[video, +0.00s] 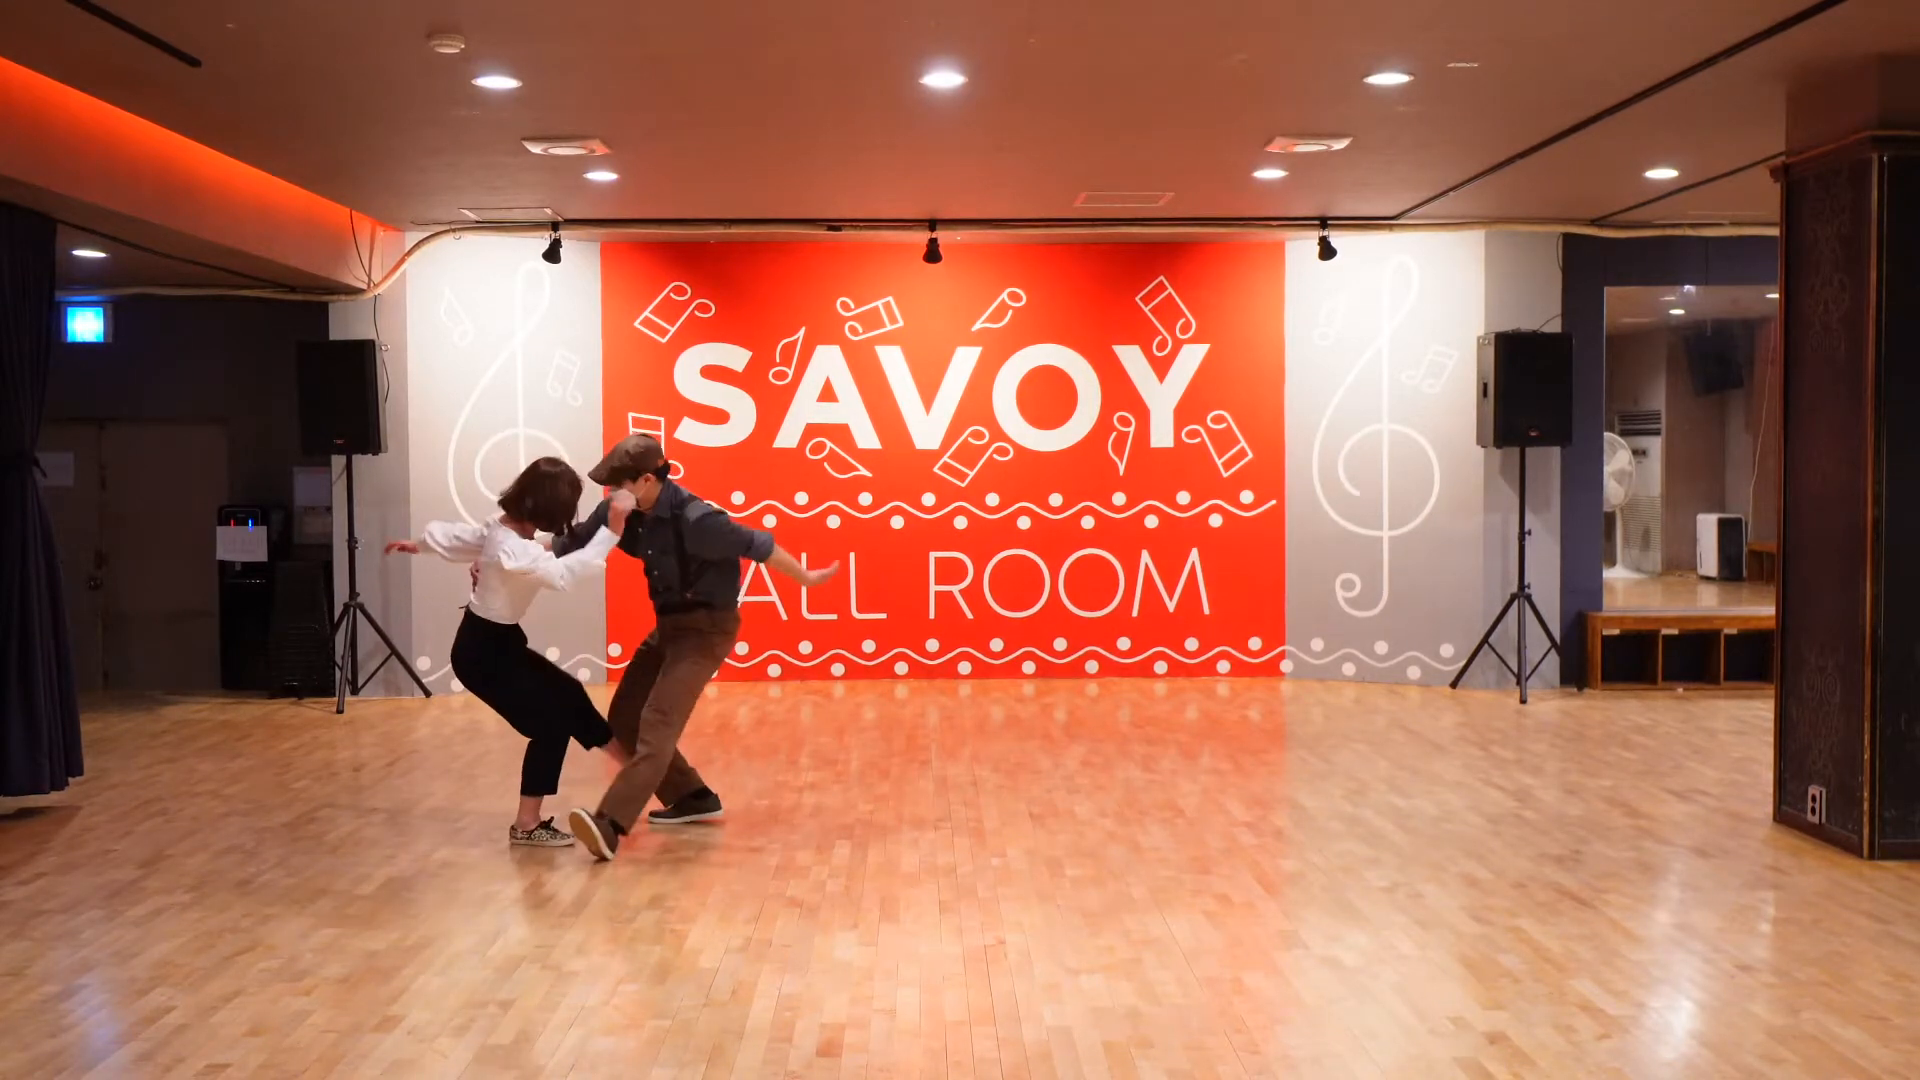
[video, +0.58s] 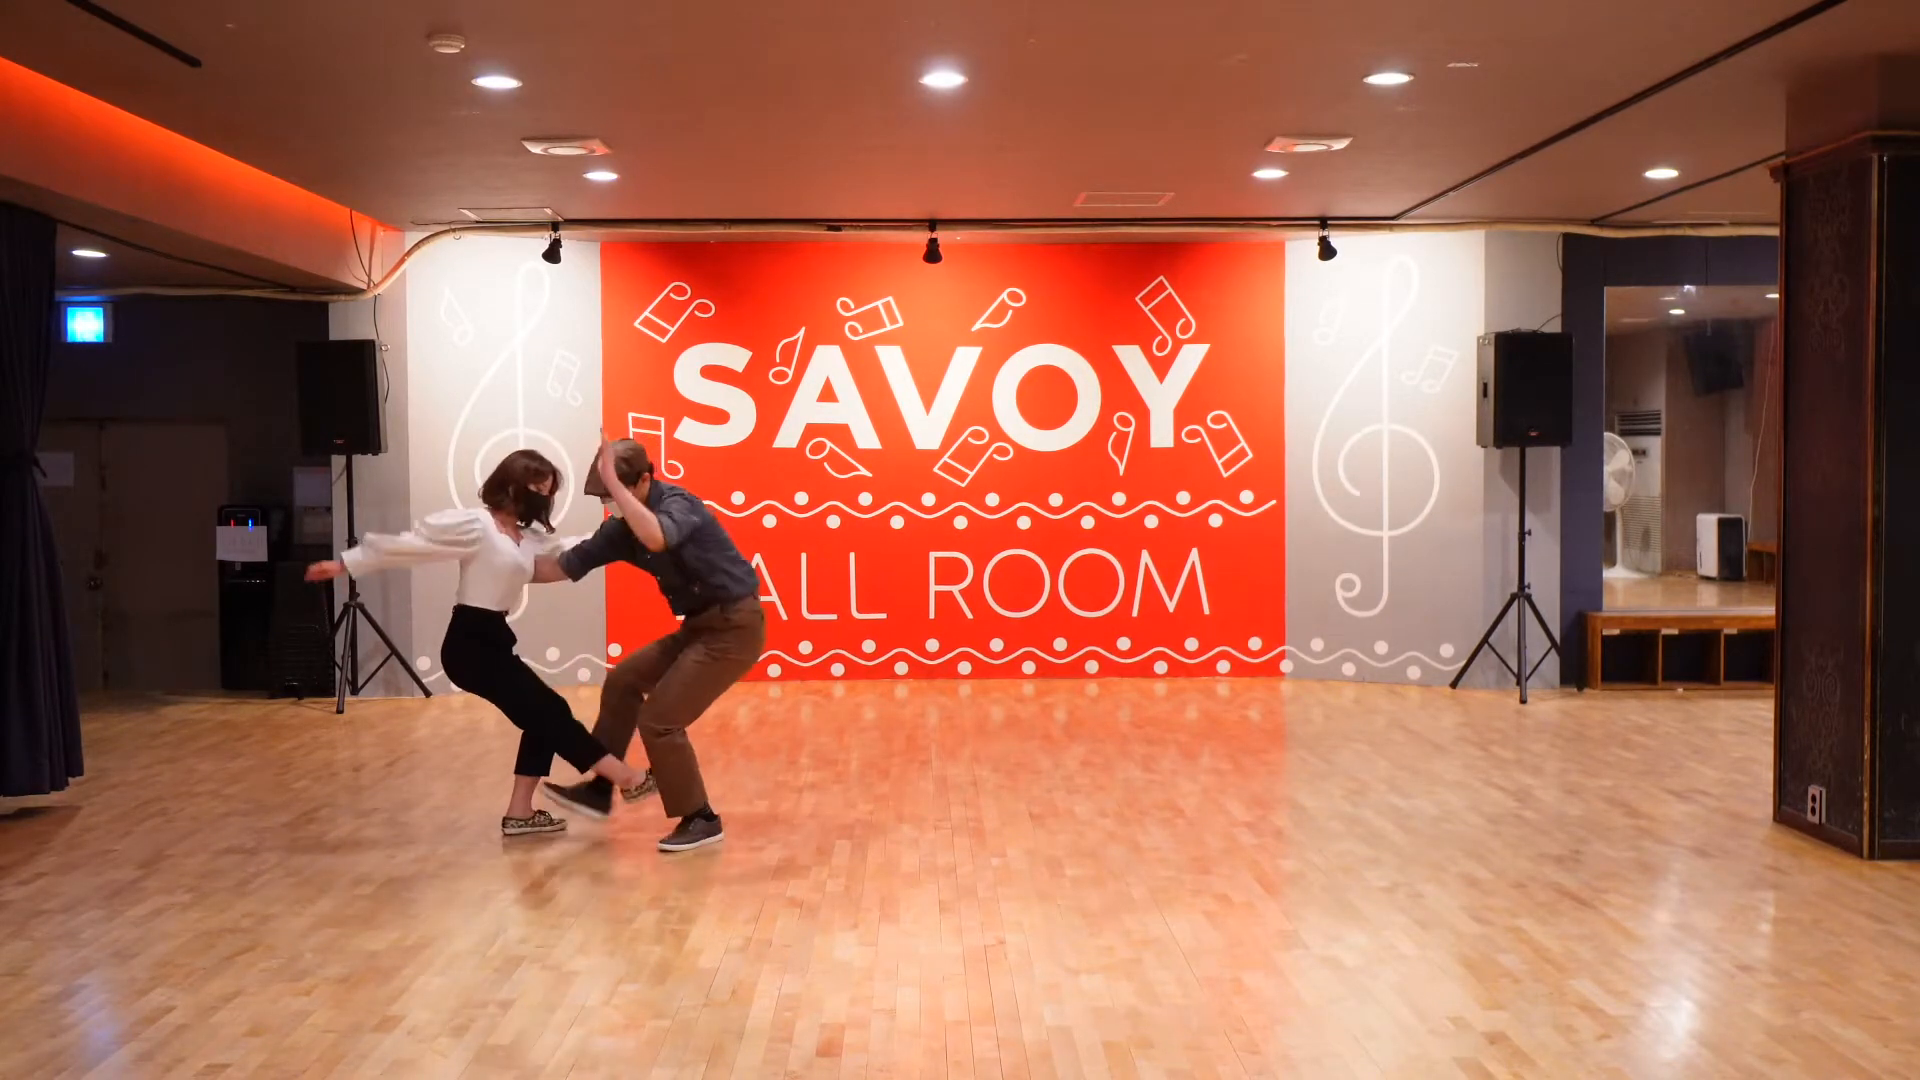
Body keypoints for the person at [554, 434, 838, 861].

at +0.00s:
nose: (614, 492)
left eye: (622, 483)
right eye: (613, 483)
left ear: (649, 480)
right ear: (637, 481)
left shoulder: (696, 519)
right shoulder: (625, 513)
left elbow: (761, 546)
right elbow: (572, 542)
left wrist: (806, 577)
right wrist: (527, 557)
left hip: (707, 630)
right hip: (669, 629)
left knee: (659, 720)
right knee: (624, 719)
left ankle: (610, 825)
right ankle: (692, 797)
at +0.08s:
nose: (613, 496)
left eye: (620, 488)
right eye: (612, 488)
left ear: (648, 482)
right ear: (643, 482)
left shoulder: (697, 519)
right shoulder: (625, 513)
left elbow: (762, 546)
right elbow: (574, 544)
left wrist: (792, 587)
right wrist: (531, 550)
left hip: (712, 628)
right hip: (672, 628)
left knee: (649, 702)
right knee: (623, 715)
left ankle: (628, 819)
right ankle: (693, 796)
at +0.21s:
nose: (616, 502)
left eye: (622, 493)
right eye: (613, 494)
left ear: (650, 484)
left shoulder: (705, 524)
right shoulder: (624, 524)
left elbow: (749, 589)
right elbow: (568, 561)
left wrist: (758, 656)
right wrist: (509, 571)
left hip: (712, 637)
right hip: (674, 636)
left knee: (636, 703)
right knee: (618, 718)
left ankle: (691, 803)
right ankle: (687, 795)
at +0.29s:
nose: (616, 507)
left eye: (622, 499)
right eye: (613, 499)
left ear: (651, 488)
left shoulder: (703, 530)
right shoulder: (629, 529)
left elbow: (742, 604)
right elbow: (575, 568)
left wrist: (722, 675)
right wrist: (515, 575)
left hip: (710, 648)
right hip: (674, 646)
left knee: (644, 727)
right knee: (619, 725)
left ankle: (704, 811)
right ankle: (683, 800)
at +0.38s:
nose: (614, 510)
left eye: (620, 501)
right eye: (610, 502)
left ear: (649, 490)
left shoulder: (700, 526)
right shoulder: (626, 532)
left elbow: (726, 604)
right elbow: (572, 571)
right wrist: (512, 573)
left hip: (724, 638)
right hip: (683, 637)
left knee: (649, 725)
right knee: (620, 721)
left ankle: (698, 816)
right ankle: (690, 795)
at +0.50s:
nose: (611, 508)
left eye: (617, 499)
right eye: (606, 501)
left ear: (645, 485)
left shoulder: (689, 512)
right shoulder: (626, 525)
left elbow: (679, 570)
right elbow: (567, 567)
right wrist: (509, 562)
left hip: (731, 633)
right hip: (691, 631)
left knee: (656, 721)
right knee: (616, 682)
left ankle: (701, 816)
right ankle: (652, 776)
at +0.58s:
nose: (607, 505)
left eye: (611, 495)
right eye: (602, 497)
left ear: (637, 482)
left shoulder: (679, 504)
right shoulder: (621, 530)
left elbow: (657, 537)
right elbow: (561, 566)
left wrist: (614, 483)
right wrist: (502, 556)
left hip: (735, 628)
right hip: (700, 628)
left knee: (659, 718)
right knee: (623, 683)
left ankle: (700, 817)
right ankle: (599, 787)